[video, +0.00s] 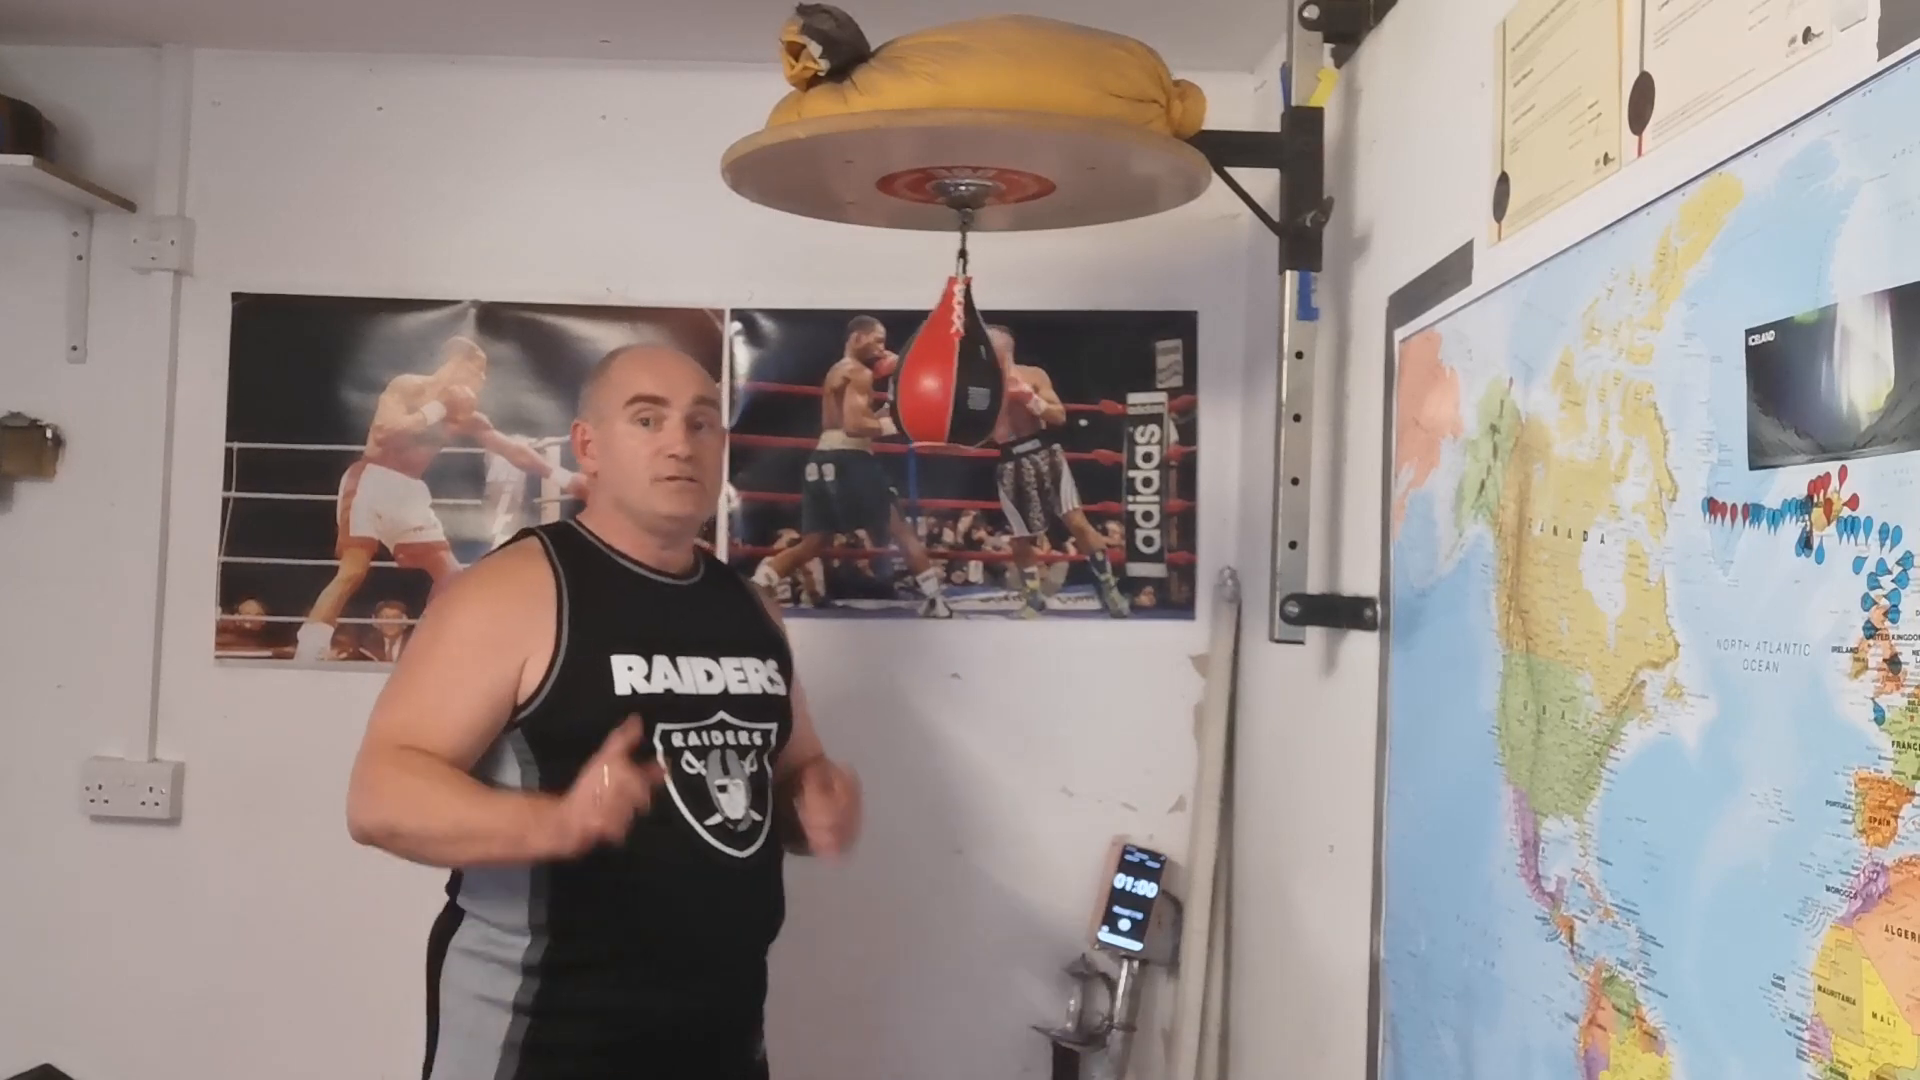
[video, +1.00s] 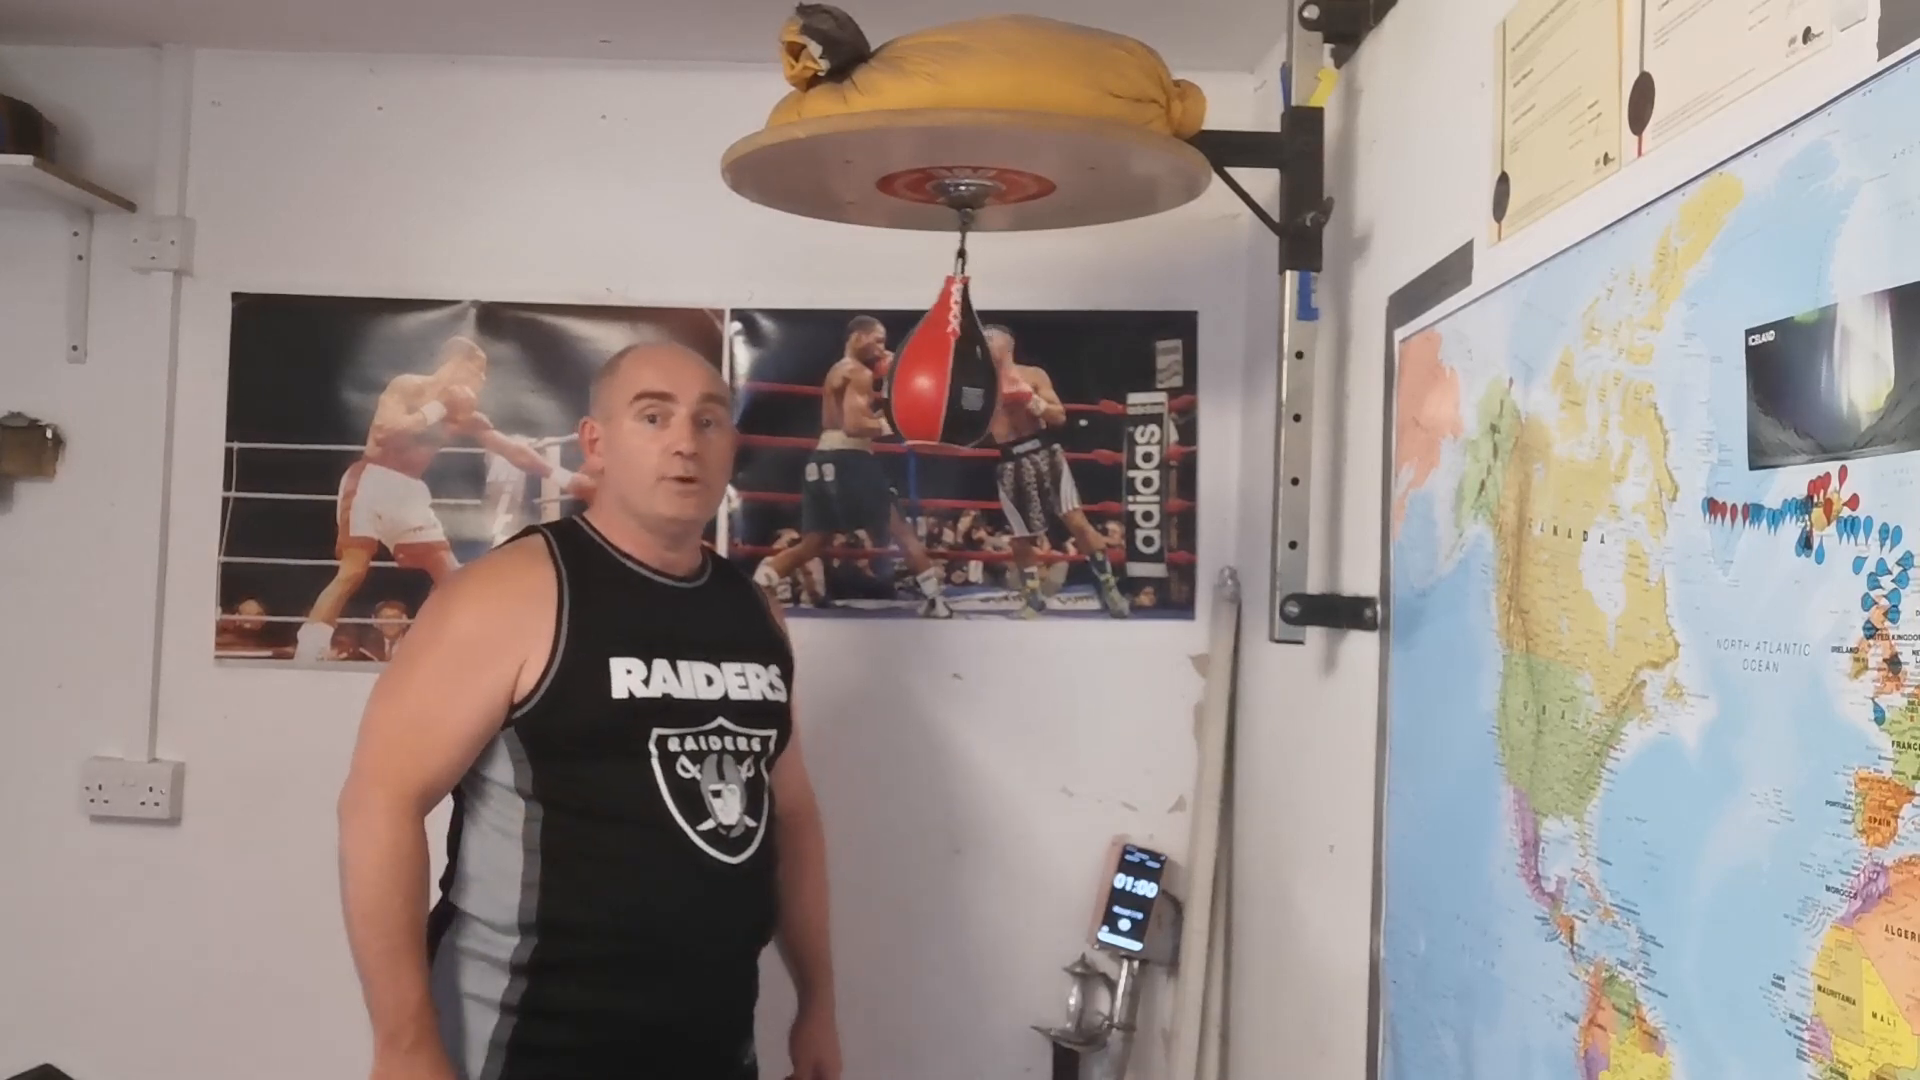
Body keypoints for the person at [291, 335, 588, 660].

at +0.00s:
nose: (477, 385)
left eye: (479, 378)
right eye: (473, 374)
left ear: (476, 380)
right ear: (452, 365)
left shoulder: (465, 415)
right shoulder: (404, 386)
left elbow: (512, 450)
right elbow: (384, 433)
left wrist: (564, 478)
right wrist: (437, 409)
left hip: (408, 494)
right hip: (367, 484)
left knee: (449, 574)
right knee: (353, 571)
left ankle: (427, 660)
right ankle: (306, 651)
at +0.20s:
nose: (475, 385)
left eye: (479, 378)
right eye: (471, 375)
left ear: (477, 382)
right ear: (451, 366)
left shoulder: (465, 415)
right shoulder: (404, 386)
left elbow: (511, 450)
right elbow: (383, 434)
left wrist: (563, 478)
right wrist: (432, 411)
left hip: (408, 493)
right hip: (367, 483)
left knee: (449, 574)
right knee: (353, 570)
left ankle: (429, 663)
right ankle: (306, 651)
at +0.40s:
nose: (475, 383)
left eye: (479, 377)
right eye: (470, 373)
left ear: (478, 382)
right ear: (449, 365)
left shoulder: (465, 416)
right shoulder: (405, 386)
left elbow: (512, 450)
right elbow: (383, 433)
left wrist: (563, 478)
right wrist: (435, 410)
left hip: (408, 492)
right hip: (368, 483)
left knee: (448, 573)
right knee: (353, 571)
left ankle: (465, 652)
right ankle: (305, 651)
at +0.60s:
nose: (477, 385)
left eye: (480, 378)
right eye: (474, 375)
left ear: (475, 380)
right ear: (452, 365)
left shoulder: (465, 416)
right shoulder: (405, 386)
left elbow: (512, 450)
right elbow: (384, 432)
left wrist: (564, 478)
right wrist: (437, 409)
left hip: (408, 494)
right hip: (367, 484)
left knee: (449, 574)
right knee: (353, 571)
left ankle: (448, 657)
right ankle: (306, 651)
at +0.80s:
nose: (478, 384)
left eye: (480, 377)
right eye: (474, 374)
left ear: (475, 381)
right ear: (452, 365)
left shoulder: (464, 415)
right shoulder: (405, 387)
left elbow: (511, 450)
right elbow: (383, 432)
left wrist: (563, 478)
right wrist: (437, 409)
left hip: (409, 493)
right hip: (369, 483)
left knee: (449, 573)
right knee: (353, 571)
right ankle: (306, 652)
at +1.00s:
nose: (479, 384)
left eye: (481, 377)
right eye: (476, 374)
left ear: (471, 379)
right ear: (454, 367)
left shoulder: (463, 415)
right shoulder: (405, 386)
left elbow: (510, 450)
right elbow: (384, 433)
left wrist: (563, 478)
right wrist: (437, 408)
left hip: (409, 493)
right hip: (370, 483)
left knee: (448, 573)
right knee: (353, 571)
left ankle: (460, 651)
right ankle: (305, 650)